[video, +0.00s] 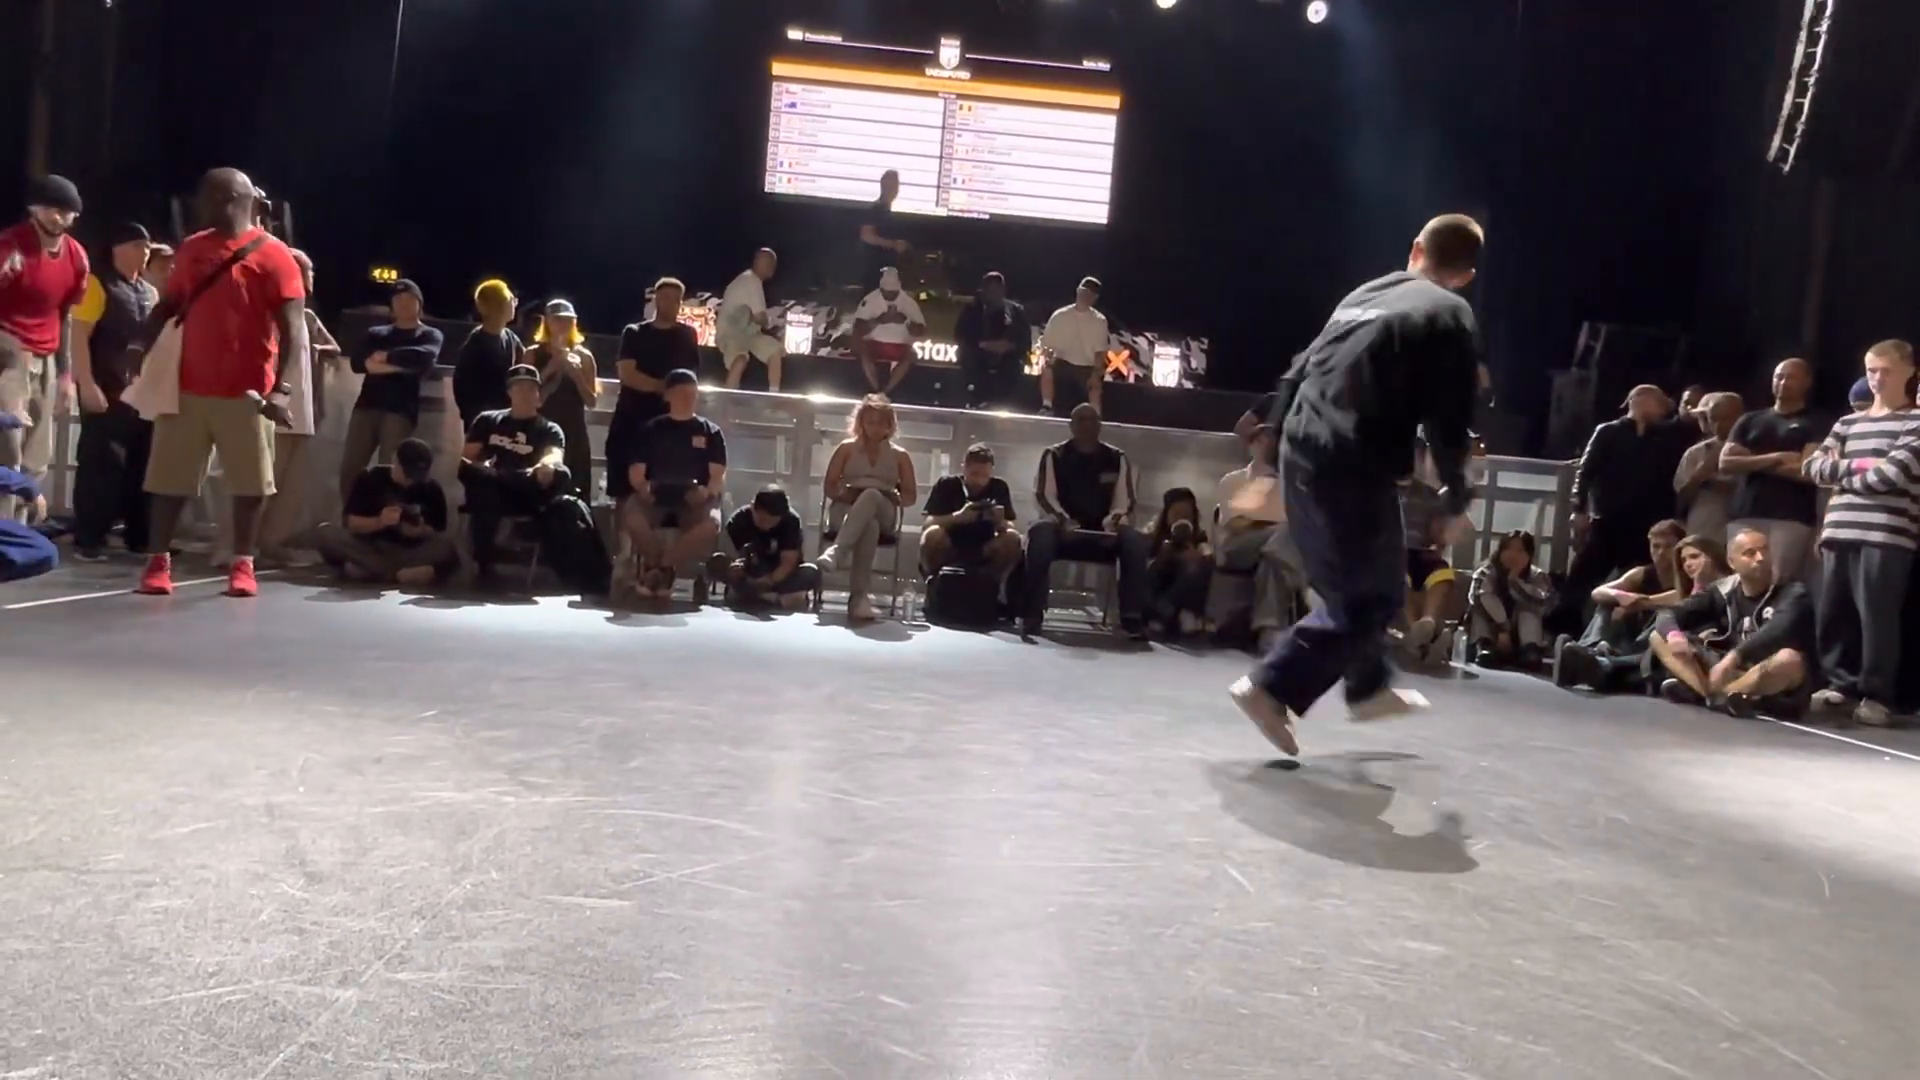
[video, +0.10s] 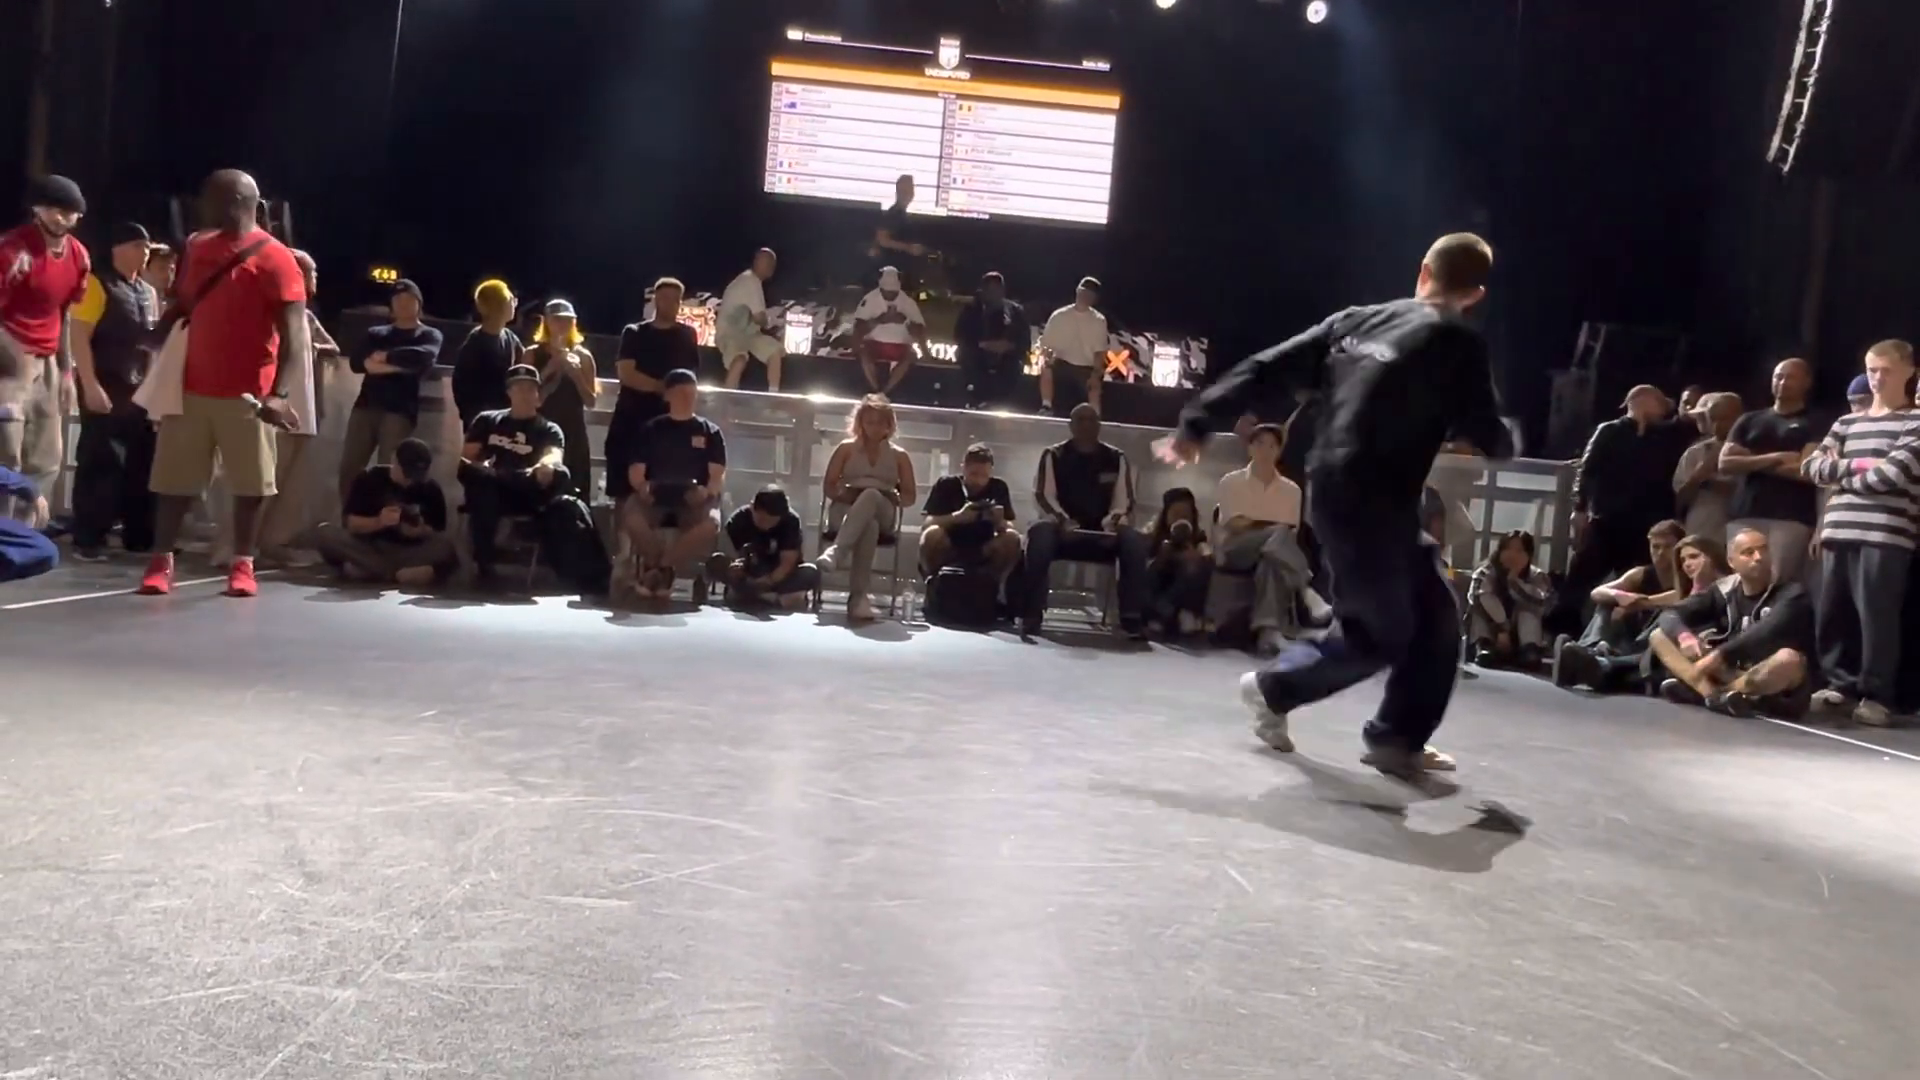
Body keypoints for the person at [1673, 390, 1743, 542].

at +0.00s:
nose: (1719, 426)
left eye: (1725, 419)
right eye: (1714, 419)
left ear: (1739, 419)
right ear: (1708, 421)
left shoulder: (1748, 452)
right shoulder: (1694, 454)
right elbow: (1681, 499)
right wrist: (1700, 474)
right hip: (1701, 532)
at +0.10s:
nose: (1718, 425)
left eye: (1724, 419)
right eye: (1714, 419)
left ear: (1738, 420)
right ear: (1708, 421)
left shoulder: (1747, 452)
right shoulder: (1694, 454)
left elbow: (1749, 493)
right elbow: (1681, 498)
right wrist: (1700, 473)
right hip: (1700, 531)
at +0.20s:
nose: (1716, 425)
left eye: (1722, 419)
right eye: (1712, 419)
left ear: (1736, 420)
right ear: (1707, 420)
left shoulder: (1745, 451)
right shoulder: (1695, 452)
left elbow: (1747, 493)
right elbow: (1680, 497)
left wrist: (1708, 480)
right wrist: (1699, 473)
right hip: (1698, 529)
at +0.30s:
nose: (1716, 426)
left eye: (1722, 419)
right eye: (1711, 420)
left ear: (1735, 420)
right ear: (1706, 421)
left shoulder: (1745, 451)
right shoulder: (1695, 451)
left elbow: (1747, 493)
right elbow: (1679, 499)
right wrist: (1700, 471)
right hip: (1698, 529)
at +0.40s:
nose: (1715, 426)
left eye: (1721, 419)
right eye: (1710, 420)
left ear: (1734, 420)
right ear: (1705, 421)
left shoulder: (1744, 450)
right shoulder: (1695, 450)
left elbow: (1746, 492)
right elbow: (1679, 495)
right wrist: (1702, 468)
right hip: (1697, 527)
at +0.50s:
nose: (1714, 426)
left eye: (1720, 419)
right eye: (1710, 420)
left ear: (1735, 420)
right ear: (1706, 421)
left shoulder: (1745, 451)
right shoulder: (1695, 450)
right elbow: (1679, 498)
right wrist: (1701, 469)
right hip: (1698, 529)